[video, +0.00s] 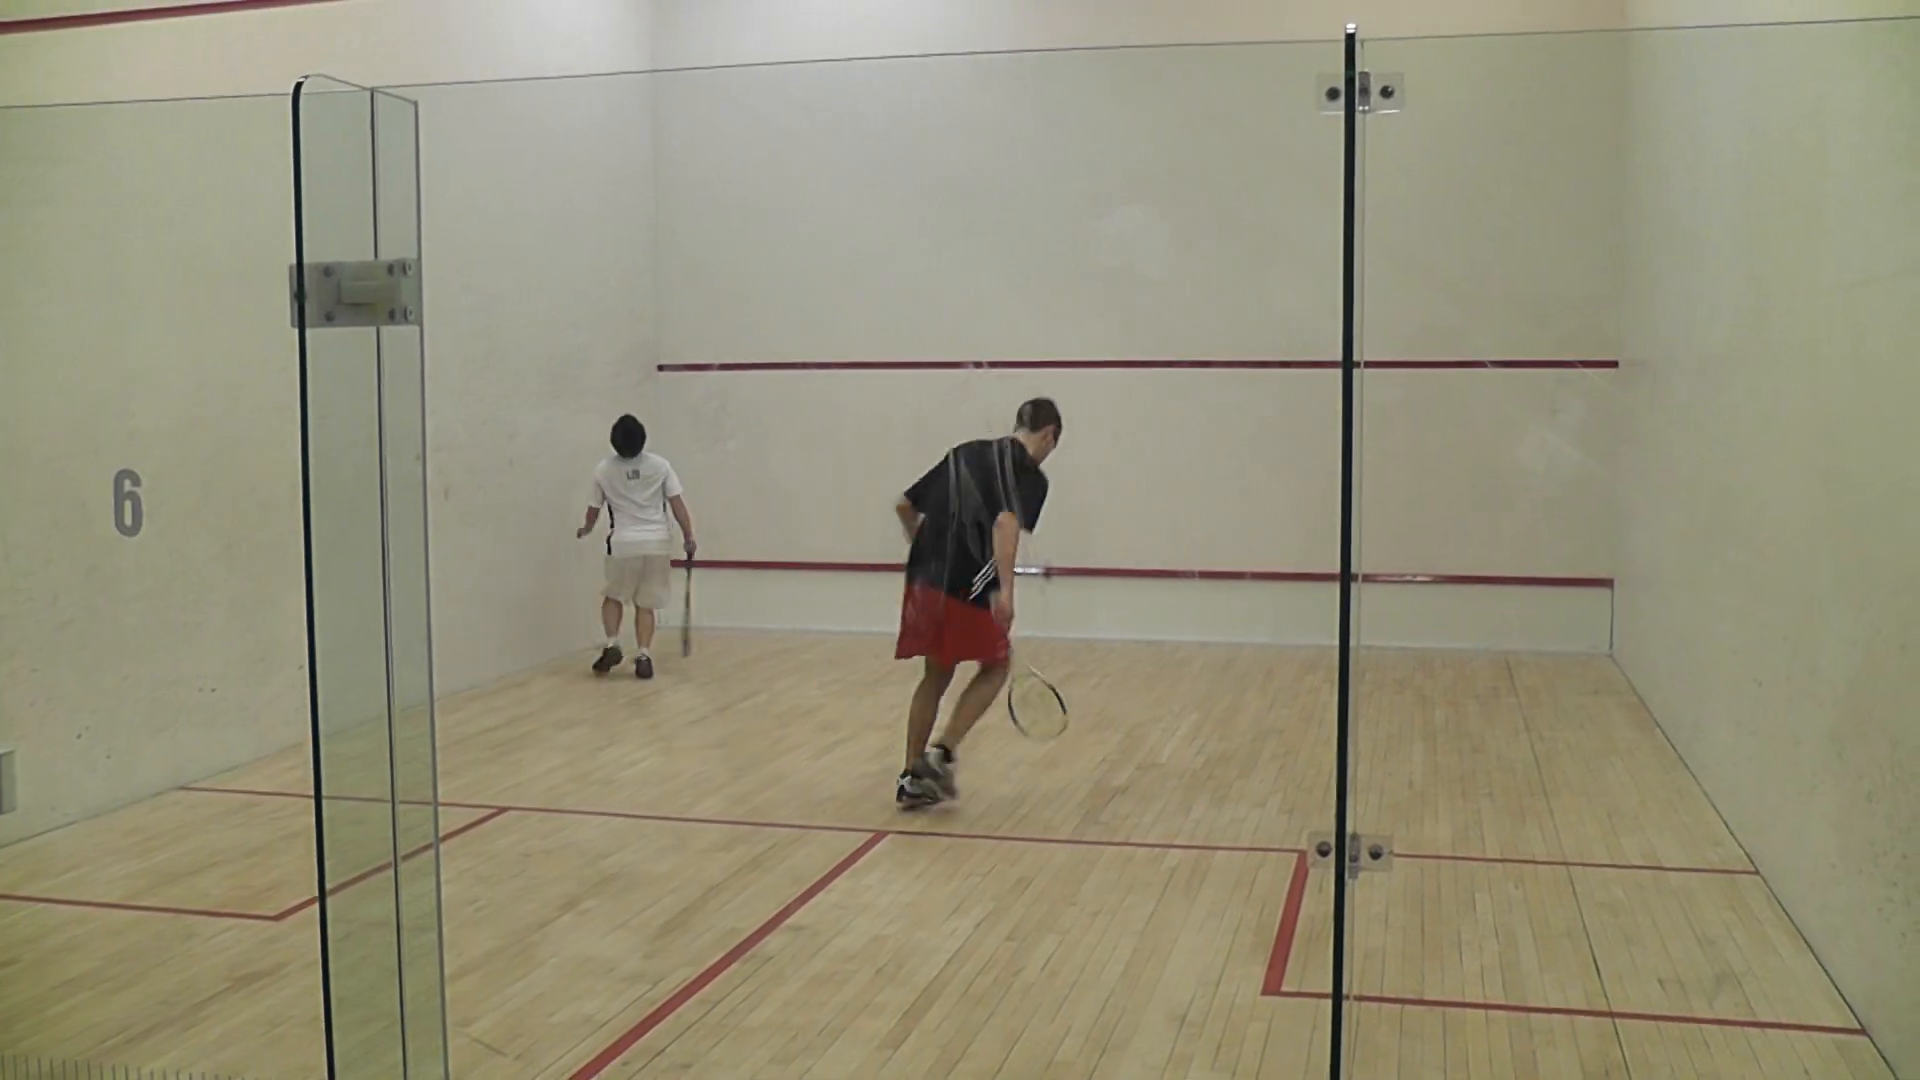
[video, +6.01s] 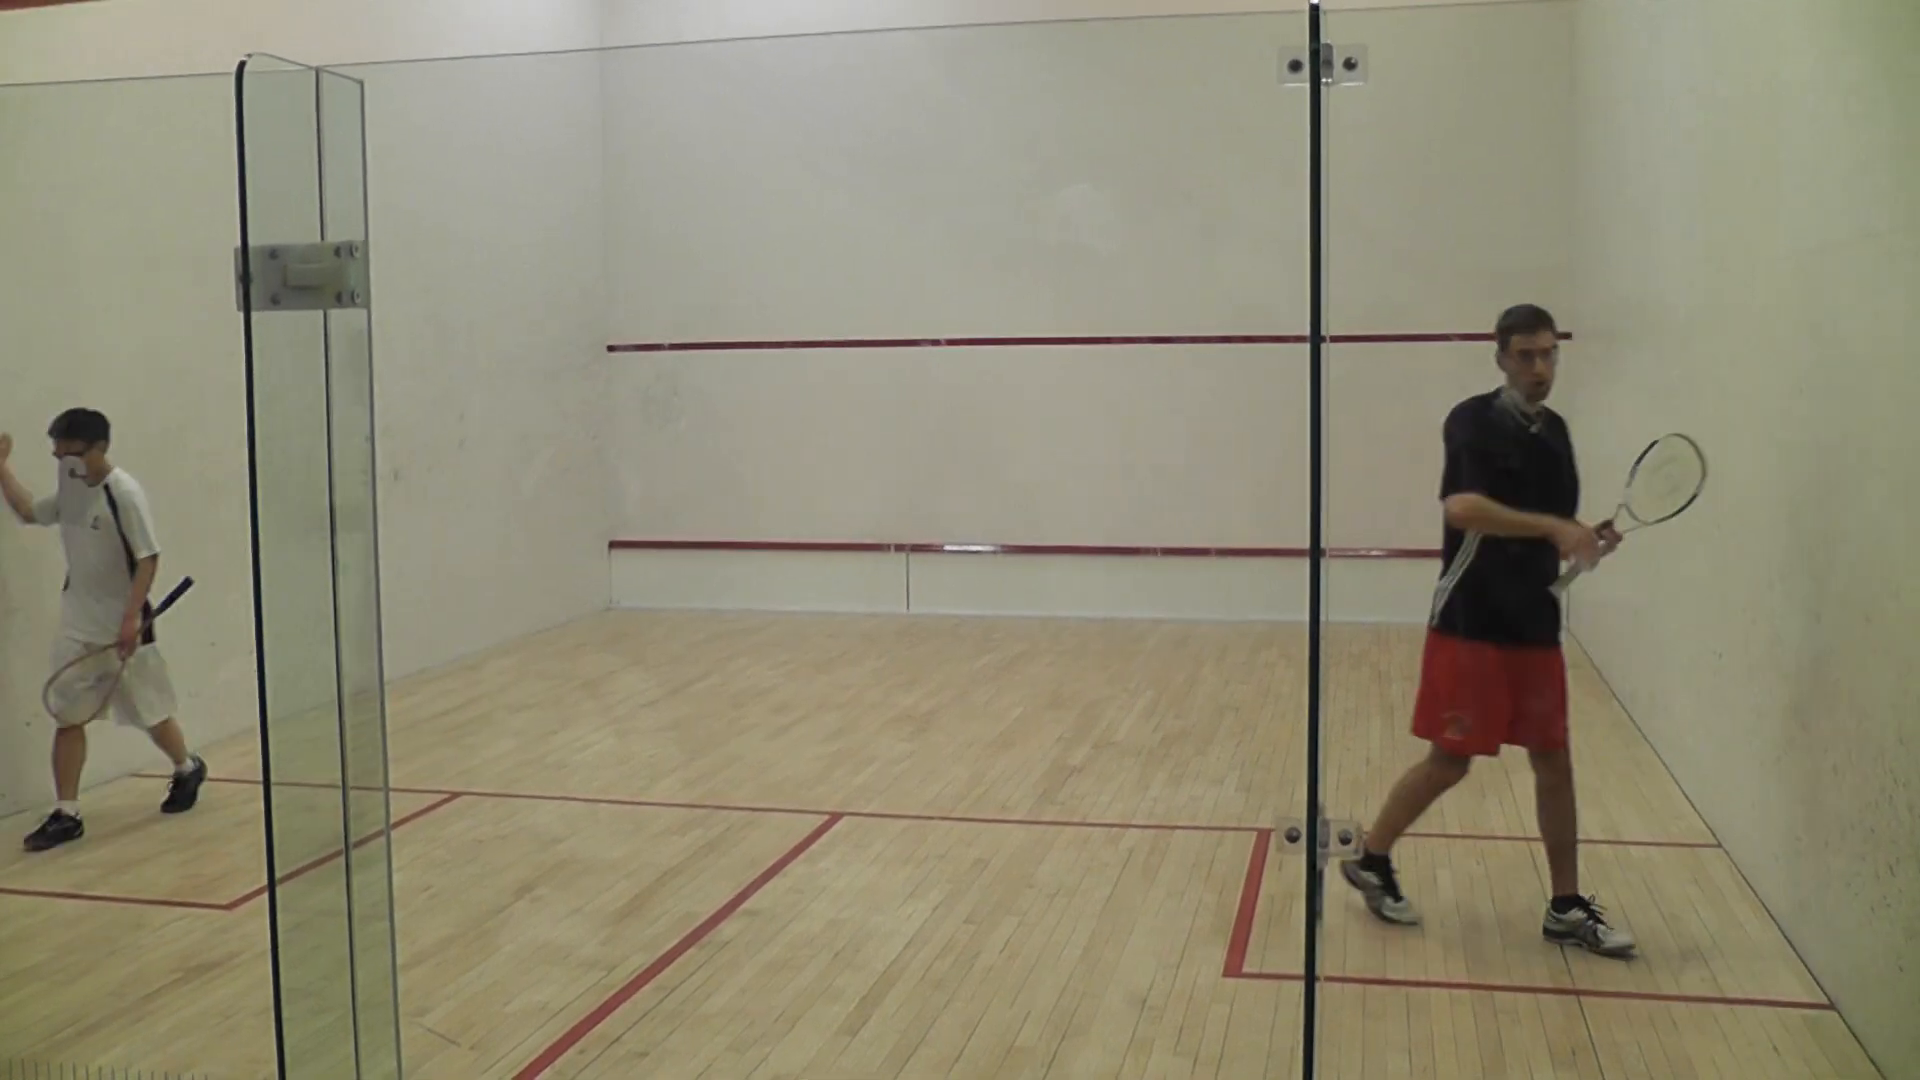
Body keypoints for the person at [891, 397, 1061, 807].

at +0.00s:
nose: (1049, 453)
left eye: (1052, 445)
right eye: (1053, 443)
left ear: (1017, 424)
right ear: (1047, 434)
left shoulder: (965, 451)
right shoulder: (1029, 475)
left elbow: (906, 506)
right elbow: (1006, 524)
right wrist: (1007, 588)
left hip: (927, 581)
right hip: (971, 589)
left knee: (936, 673)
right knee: (996, 667)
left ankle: (910, 776)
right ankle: (942, 751)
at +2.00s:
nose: (1545, 409)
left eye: (1550, 402)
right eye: (1541, 399)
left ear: (1544, 396)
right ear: (1518, 386)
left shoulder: (1537, 438)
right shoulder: (1472, 439)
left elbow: (1546, 504)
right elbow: (1439, 503)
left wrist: (1573, 565)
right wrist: (1460, 557)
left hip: (1529, 578)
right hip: (1487, 579)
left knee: (1531, 672)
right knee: (1494, 673)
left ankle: (1529, 770)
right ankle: (1446, 730)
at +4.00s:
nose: (1581, 350)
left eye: (1592, 339)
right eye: (1571, 338)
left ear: (1609, 344)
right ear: (1553, 339)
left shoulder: (1638, 419)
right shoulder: (1521, 420)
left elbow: (1677, 495)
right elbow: (1478, 504)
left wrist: (1670, 508)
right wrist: (1441, 576)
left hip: (1603, 610)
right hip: (1534, 608)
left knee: (1599, 740)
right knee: (1533, 730)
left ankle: (1587, 871)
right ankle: (1544, 846)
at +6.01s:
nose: (1539, 366)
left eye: (1547, 355)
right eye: (1525, 356)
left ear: (1557, 356)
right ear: (1501, 358)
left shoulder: (1554, 432)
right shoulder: (1473, 420)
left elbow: (1541, 534)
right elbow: (1461, 508)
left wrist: (1580, 542)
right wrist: (1555, 529)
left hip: (1533, 624)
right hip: (1470, 624)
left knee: (1553, 761)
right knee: (1449, 761)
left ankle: (1567, 904)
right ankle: (1369, 856)